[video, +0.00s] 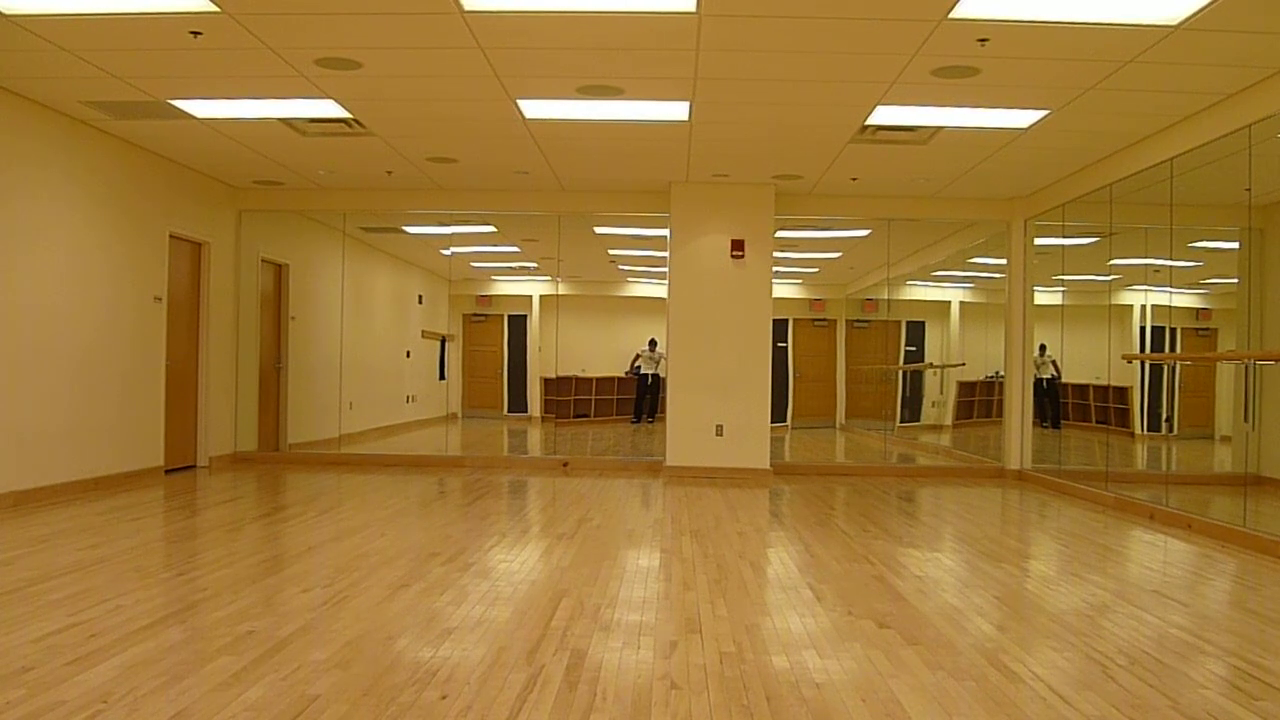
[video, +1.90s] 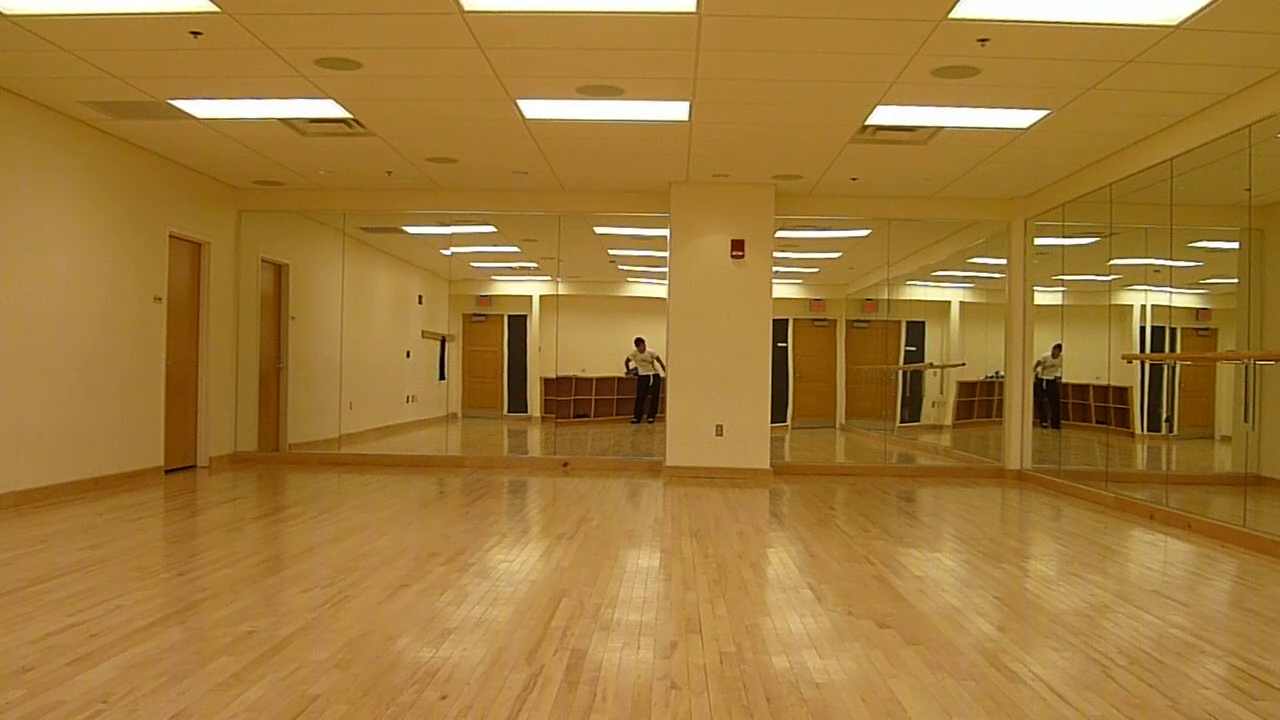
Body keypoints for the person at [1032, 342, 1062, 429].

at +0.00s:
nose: (1042, 352)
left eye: (1043, 350)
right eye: (1041, 350)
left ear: (1046, 350)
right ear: (1039, 350)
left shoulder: (1049, 357)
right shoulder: (1035, 359)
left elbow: (1056, 367)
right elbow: (1033, 368)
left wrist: (1059, 375)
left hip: (1050, 378)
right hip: (1039, 378)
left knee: (1054, 400)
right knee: (1040, 401)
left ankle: (1055, 421)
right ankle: (1043, 421)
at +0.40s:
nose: (1042, 352)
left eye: (1043, 350)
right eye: (1041, 350)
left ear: (1046, 350)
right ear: (1039, 350)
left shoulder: (1049, 357)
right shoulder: (1035, 359)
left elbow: (1056, 367)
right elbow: (1034, 368)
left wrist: (1059, 375)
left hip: (1050, 378)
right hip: (1039, 378)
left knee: (1054, 400)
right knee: (1040, 401)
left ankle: (1055, 421)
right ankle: (1043, 421)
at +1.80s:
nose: (1052, 353)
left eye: (1054, 351)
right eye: (1051, 350)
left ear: (1057, 352)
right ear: (1049, 350)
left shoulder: (1059, 358)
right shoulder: (1043, 358)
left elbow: (1062, 367)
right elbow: (1035, 367)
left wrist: (1060, 376)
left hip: (1052, 379)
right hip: (1041, 379)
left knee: (1055, 401)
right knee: (1041, 400)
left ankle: (1055, 422)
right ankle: (1043, 420)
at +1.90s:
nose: (1055, 353)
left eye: (1058, 352)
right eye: (1054, 351)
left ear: (1060, 352)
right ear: (1052, 350)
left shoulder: (1060, 359)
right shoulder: (1045, 357)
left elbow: (1061, 367)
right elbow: (1037, 364)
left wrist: (1060, 376)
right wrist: (1035, 371)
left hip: (1052, 379)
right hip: (1042, 379)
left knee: (1055, 401)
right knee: (1041, 400)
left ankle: (1055, 422)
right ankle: (1043, 420)